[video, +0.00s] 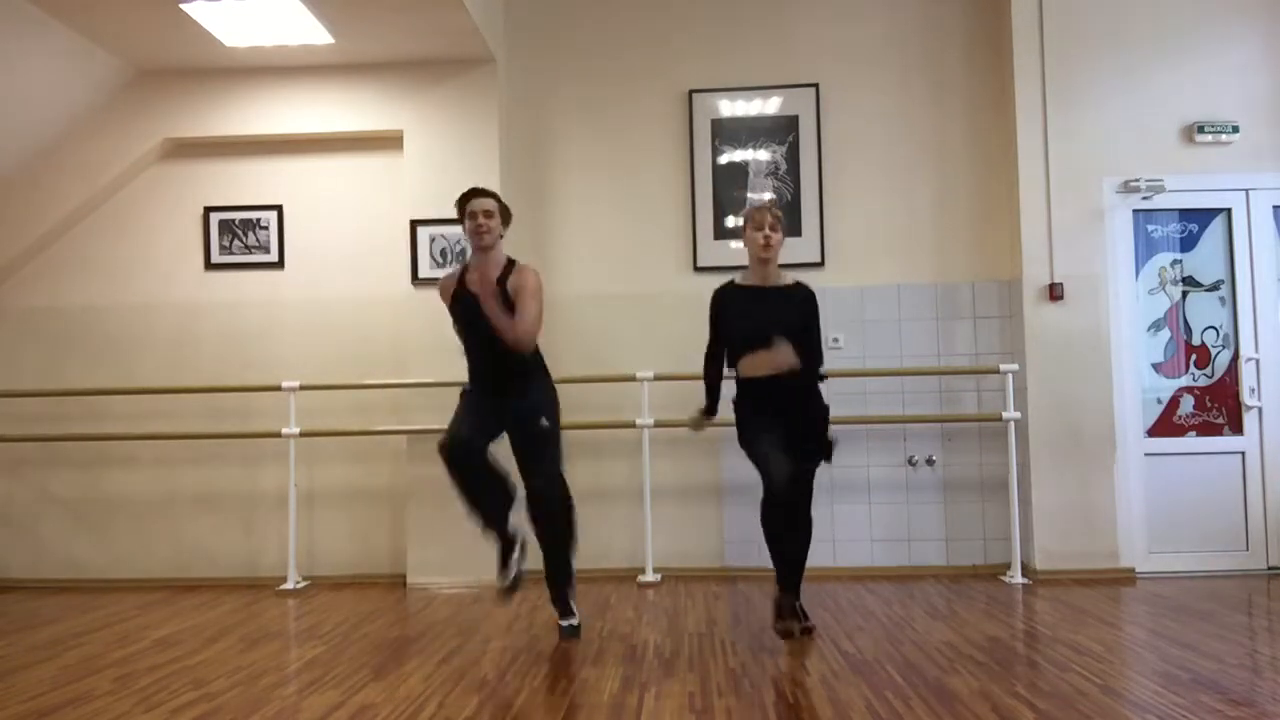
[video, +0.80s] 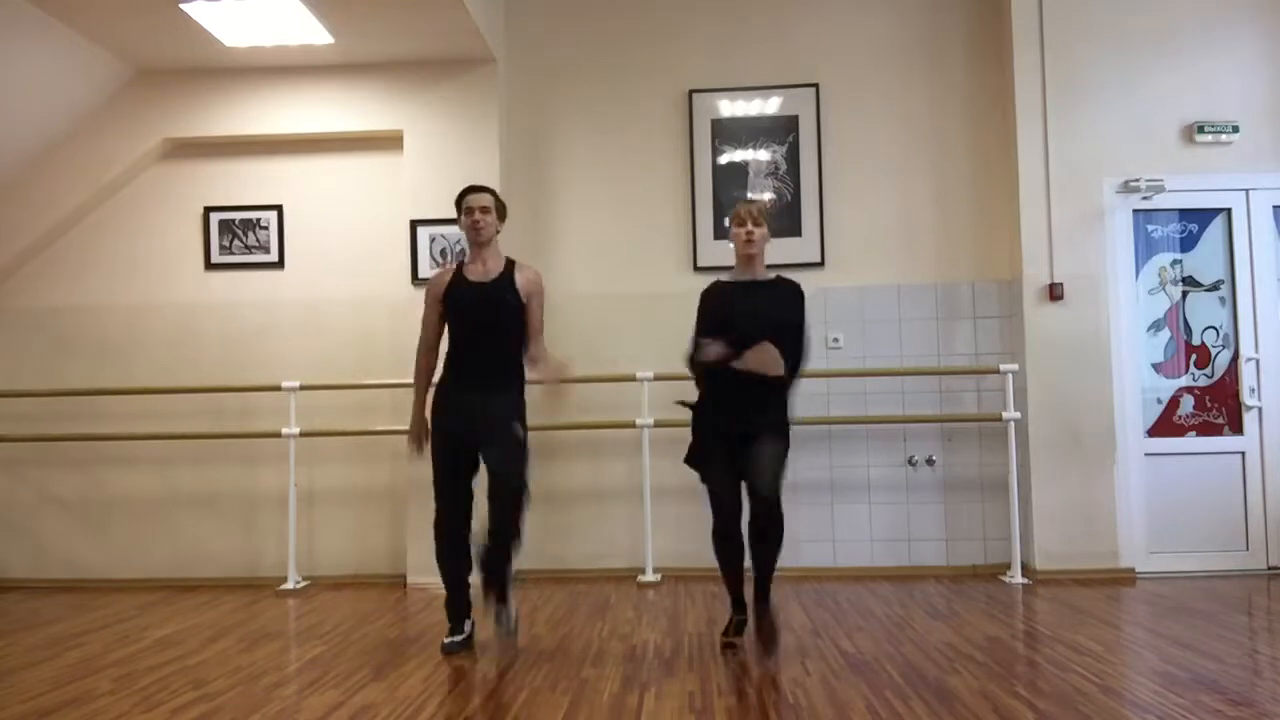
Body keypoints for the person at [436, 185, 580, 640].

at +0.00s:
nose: (482, 222)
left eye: (490, 215)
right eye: (474, 216)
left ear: (504, 224)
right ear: (463, 227)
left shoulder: (524, 278)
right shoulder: (451, 285)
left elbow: (524, 339)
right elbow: (474, 340)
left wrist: (488, 297)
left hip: (529, 392)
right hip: (484, 394)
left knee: (548, 492)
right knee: (458, 448)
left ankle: (563, 597)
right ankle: (507, 535)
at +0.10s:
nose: (490, 230)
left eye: (499, 224)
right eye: (483, 224)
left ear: (513, 232)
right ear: (474, 235)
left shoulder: (532, 290)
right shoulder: (460, 295)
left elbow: (537, 359)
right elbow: (475, 359)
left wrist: (528, 411)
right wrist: (478, 413)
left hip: (532, 406)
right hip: (486, 414)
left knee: (554, 512)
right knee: (463, 505)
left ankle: (570, 608)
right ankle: (490, 604)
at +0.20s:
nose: (492, 217)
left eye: (499, 209)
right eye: (484, 210)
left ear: (513, 219)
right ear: (473, 220)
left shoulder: (533, 278)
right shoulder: (459, 284)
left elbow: (549, 352)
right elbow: (454, 349)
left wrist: (556, 415)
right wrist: (441, 402)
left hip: (526, 408)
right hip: (476, 411)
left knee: (546, 508)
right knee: (477, 514)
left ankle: (566, 602)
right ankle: (491, 609)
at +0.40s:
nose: (492, 216)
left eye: (500, 208)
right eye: (485, 209)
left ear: (514, 217)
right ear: (474, 219)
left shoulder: (539, 273)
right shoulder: (458, 272)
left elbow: (553, 323)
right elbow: (421, 312)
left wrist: (562, 356)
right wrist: (419, 292)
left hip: (516, 380)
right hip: (470, 380)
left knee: (457, 436)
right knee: (465, 486)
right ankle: (474, 604)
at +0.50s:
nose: (489, 216)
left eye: (497, 208)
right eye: (481, 210)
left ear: (512, 219)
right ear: (470, 221)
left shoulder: (534, 274)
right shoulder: (458, 269)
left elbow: (550, 320)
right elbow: (426, 301)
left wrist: (555, 361)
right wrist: (440, 279)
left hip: (512, 384)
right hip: (466, 383)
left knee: (442, 460)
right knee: (465, 509)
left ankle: (364, 541)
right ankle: (473, 617)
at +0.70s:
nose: (479, 215)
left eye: (487, 208)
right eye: (471, 209)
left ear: (502, 217)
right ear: (461, 219)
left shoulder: (528, 276)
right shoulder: (446, 278)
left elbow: (537, 341)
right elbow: (428, 343)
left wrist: (541, 401)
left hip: (502, 382)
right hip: (455, 384)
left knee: (480, 431)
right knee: (448, 500)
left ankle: (495, 534)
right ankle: (460, 612)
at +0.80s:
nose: (477, 218)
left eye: (485, 212)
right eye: (469, 212)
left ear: (500, 221)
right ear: (459, 222)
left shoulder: (526, 279)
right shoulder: (443, 282)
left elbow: (535, 348)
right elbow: (427, 349)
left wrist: (547, 368)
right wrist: (419, 411)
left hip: (504, 407)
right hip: (453, 406)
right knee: (451, 515)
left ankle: (496, 583)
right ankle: (458, 618)